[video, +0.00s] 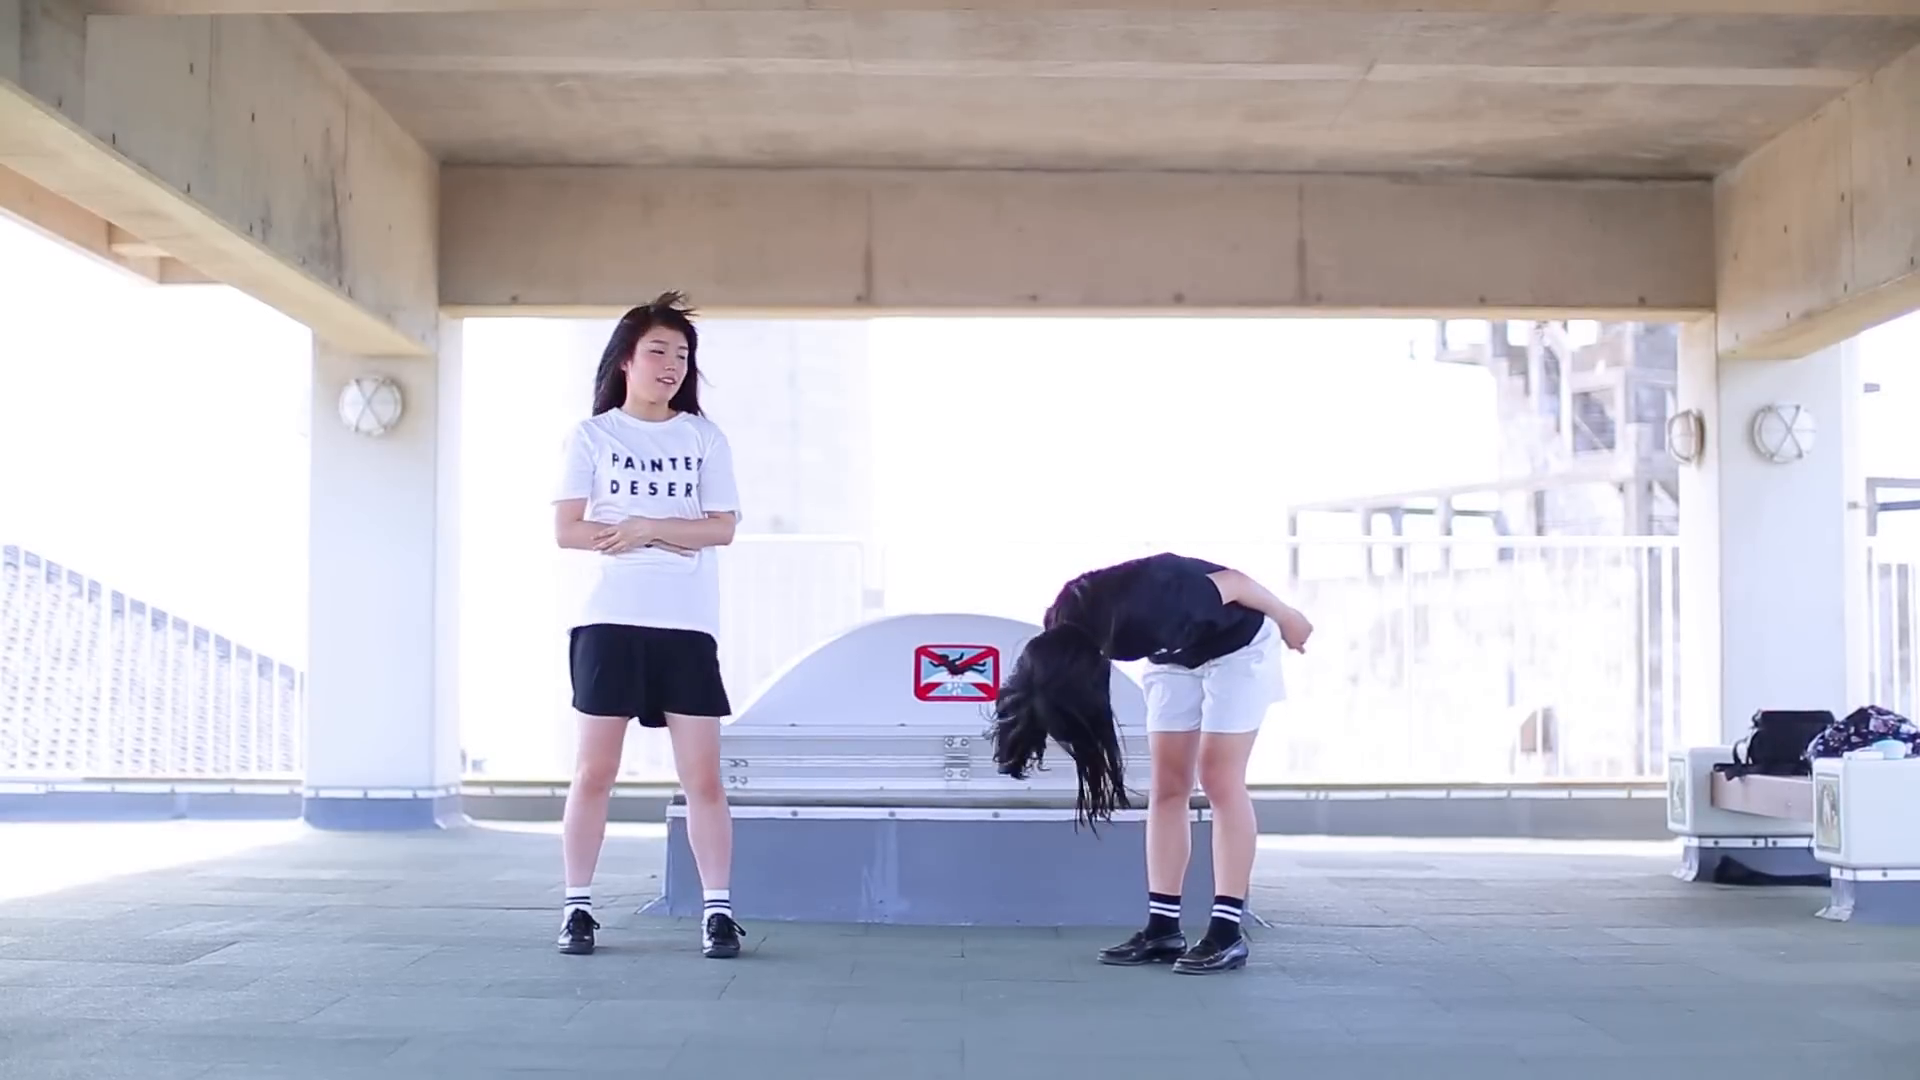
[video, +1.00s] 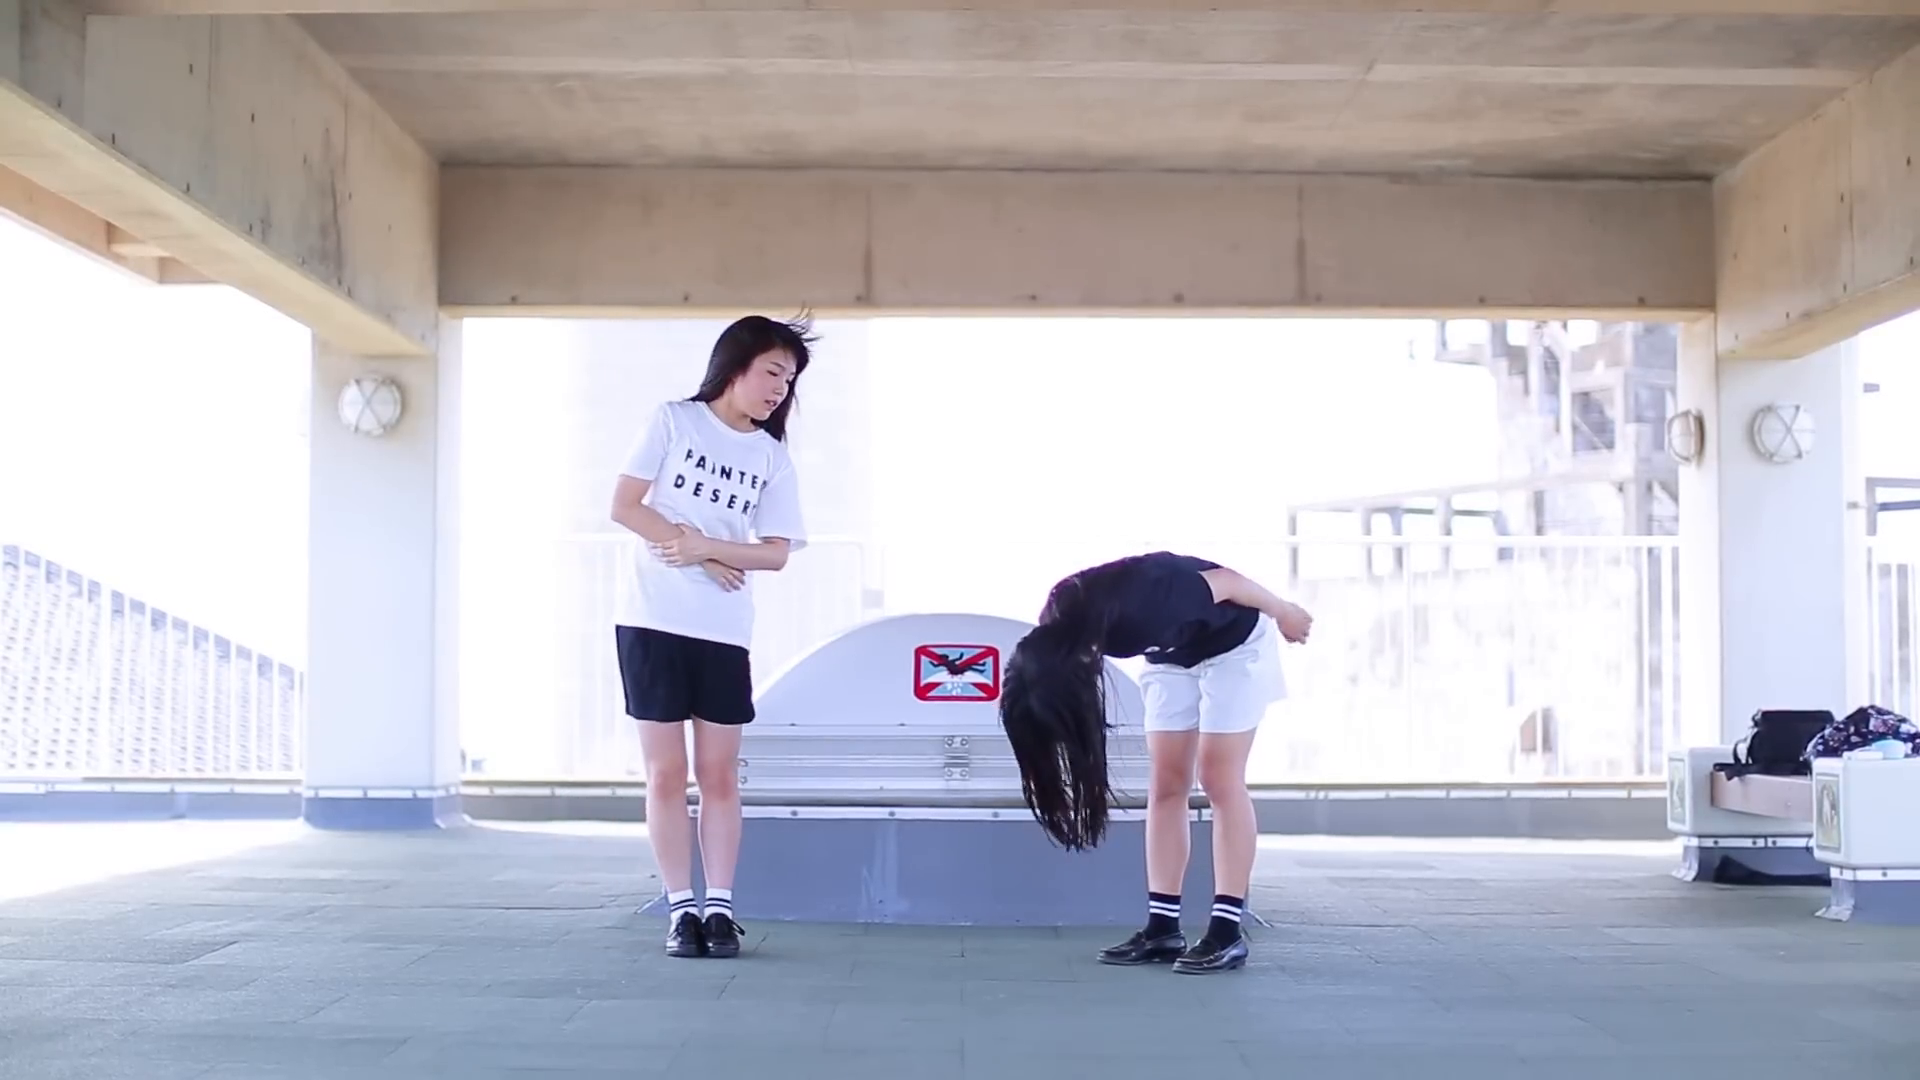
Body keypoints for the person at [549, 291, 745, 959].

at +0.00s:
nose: (669, 364)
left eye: (679, 353)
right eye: (655, 351)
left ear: (689, 365)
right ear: (625, 359)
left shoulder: (705, 436)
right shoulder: (591, 434)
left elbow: (723, 529)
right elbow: (567, 531)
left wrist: (648, 526)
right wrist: (661, 534)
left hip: (687, 625)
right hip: (611, 622)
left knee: (705, 782)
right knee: (594, 774)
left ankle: (718, 911)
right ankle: (578, 908)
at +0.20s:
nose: (700, 369)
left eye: (710, 360)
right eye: (688, 354)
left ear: (717, 372)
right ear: (654, 358)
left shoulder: (727, 440)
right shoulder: (619, 433)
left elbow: (746, 531)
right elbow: (592, 530)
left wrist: (672, 527)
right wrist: (685, 529)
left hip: (718, 629)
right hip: (643, 626)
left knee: (719, 778)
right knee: (613, 775)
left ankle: (720, 910)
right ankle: (582, 906)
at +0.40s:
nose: (728, 371)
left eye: (737, 362)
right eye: (716, 356)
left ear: (741, 372)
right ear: (681, 359)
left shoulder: (747, 441)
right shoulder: (643, 433)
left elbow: (767, 535)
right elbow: (617, 529)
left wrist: (694, 529)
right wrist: (712, 532)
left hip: (737, 629)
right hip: (663, 626)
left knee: (728, 779)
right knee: (636, 779)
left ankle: (720, 911)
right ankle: (601, 904)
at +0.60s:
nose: (751, 372)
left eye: (761, 364)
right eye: (741, 357)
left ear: (764, 375)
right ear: (705, 357)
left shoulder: (763, 446)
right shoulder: (657, 425)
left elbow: (774, 542)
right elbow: (623, 519)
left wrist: (700, 531)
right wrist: (720, 535)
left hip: (735, 626)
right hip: (662, 623)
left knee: (728, 776)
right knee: (667, 776)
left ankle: (720, 909)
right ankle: (669, 906)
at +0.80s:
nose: (768, 381)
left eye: (777, 372)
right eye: (760, 365)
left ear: (778, 381)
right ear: (723, 359)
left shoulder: (767, 450)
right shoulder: (665, 418)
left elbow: (772, 549)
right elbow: (620, 506)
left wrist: (700, 540)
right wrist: (707, 540)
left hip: (730, 625)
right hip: (657, 619)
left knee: (723, 773)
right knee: (671, 773)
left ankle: (720, 908)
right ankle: (682, 909)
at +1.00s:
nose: (780, 388)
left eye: (788, 379)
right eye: (772, 372)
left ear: (788, 386)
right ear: (734, 364)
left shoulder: (773, 456)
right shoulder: (674, 419)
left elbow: (777, 553)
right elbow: (625, 505)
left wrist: (706, 544)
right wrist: (702, 556)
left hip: (725, 631)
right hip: (652, 623)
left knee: (720, 777)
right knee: (666, 776)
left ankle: (719, 909)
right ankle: (681, 909)